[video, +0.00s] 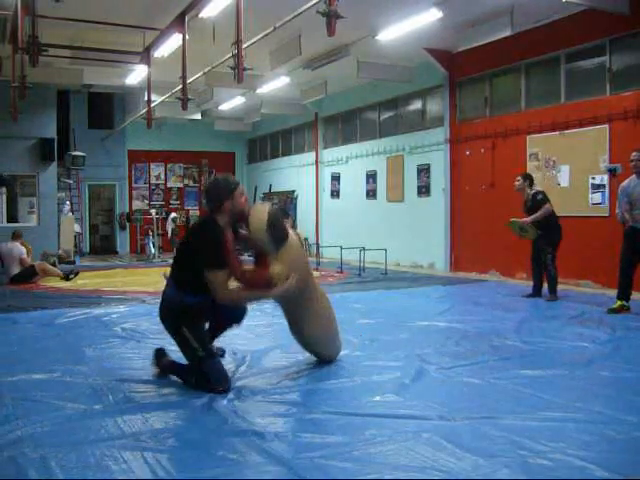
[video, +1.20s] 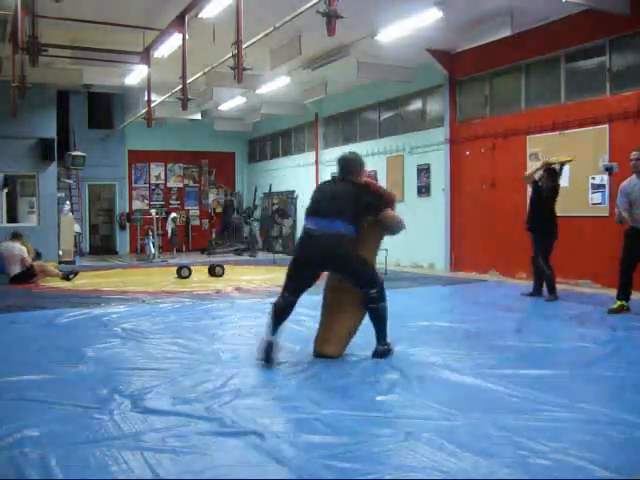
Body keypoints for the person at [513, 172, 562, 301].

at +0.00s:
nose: (515, 183)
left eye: (518, 181)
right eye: (515, 181)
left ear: (527, 183)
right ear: (525, 183)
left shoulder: (538, 194)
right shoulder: (527, 199)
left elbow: (548, 208)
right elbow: (535, 217)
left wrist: (529, 219)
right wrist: (524, 229)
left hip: (551, 230)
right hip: (539, 231)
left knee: (548, 260)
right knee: (536, 260)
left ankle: (552, 292)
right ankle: (536, 290)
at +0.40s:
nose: (517, 181)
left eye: (520, 178)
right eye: (517, 178)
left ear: (529, 180)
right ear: (527, 181)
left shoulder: (534, 191)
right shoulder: (530, 194)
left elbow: (535, 203)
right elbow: (537, 217)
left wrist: (515, 210)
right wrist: (523, 225)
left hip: (547, 230)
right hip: (537, 231)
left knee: (547, 260)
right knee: (535, 261)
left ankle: (552, 292)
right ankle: (536, 290)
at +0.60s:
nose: (529, 177)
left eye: (531, 175)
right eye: (529, 174)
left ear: (538, 177)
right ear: (540, 177)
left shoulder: (533, 190)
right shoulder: (544, 191)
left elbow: (515, 195)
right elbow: (535, 209)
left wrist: (511, 192)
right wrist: (520, 212)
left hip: (536, 231)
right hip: (546, 229)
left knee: (538, 260)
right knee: (536, 261)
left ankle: (551, 291)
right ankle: (536, 290)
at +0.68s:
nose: (534, 175)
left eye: (536, 174)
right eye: (537, 174)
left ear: (537, 175)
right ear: (547, 177)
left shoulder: (530, 188)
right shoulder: (546, 191)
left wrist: (526, 185)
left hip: (534, 228)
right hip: (543, 227)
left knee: (537, 259)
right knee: (534, 259)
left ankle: (551, 291)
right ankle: (535, 289)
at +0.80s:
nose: (536, 176)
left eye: (538, 174)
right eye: (537, 174)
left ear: (539, 176)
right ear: (549, 179)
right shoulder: (549, 195)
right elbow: (521, 189)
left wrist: (530, 182)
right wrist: (523, 181)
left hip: (537, 230)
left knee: (538, 260)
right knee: (532, 260)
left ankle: (550, 291)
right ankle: (535, 289)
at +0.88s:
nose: (536, 176)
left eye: (538, 174)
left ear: (539, 176)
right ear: (551, 180)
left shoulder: (532, 188)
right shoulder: (551, 195)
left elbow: (521, 173)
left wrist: (536, 169)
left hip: (531, 227)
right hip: (543, 226)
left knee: (536, 259)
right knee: (536, 259)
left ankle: (550, 291)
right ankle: (536, 289)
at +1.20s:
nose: (541, 175)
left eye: (543, 174)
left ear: (544, 176)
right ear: (555, 178)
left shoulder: (539, 187)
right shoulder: (555, 187)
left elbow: (527, 178)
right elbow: (556, 176)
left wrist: (540, 167)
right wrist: (562, 165)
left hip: (539, 224)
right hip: (550, 222)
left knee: (540, 257)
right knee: (540, 257)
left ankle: (552, 291)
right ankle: (537, 289)